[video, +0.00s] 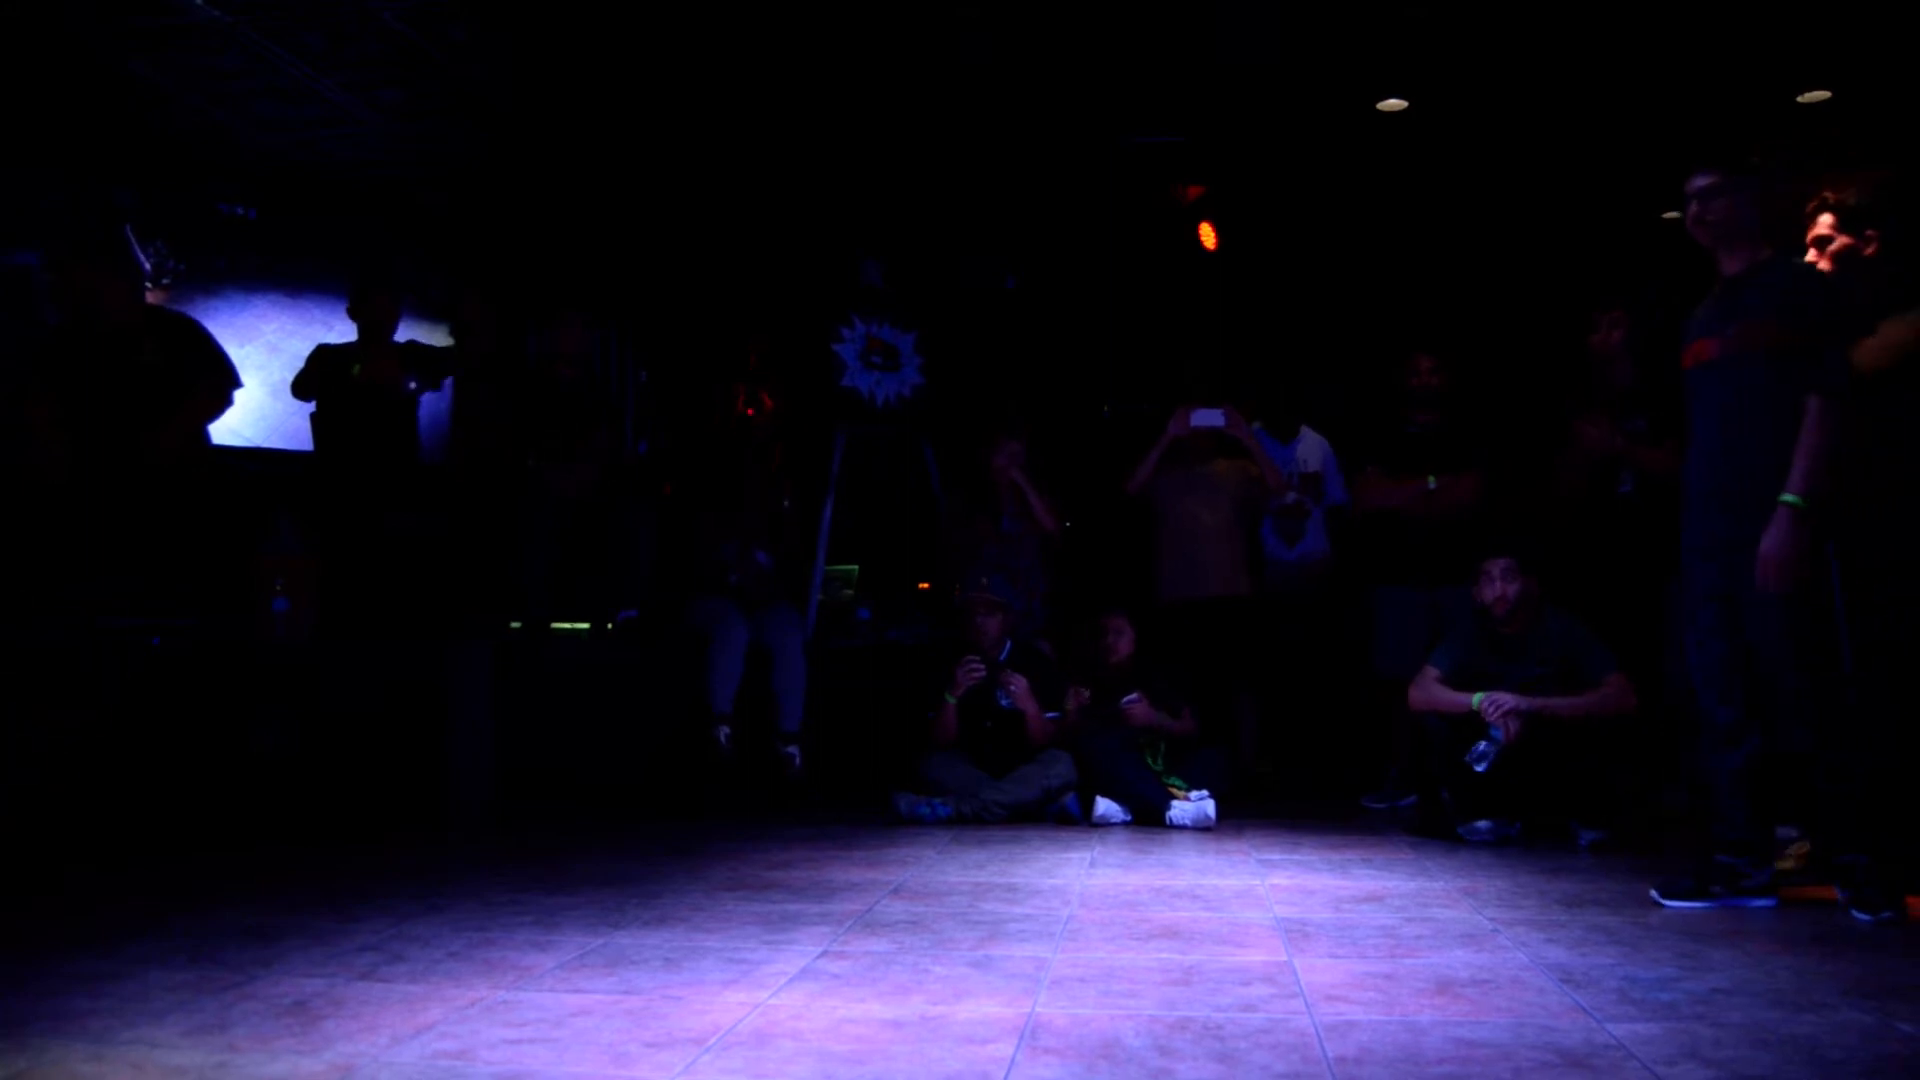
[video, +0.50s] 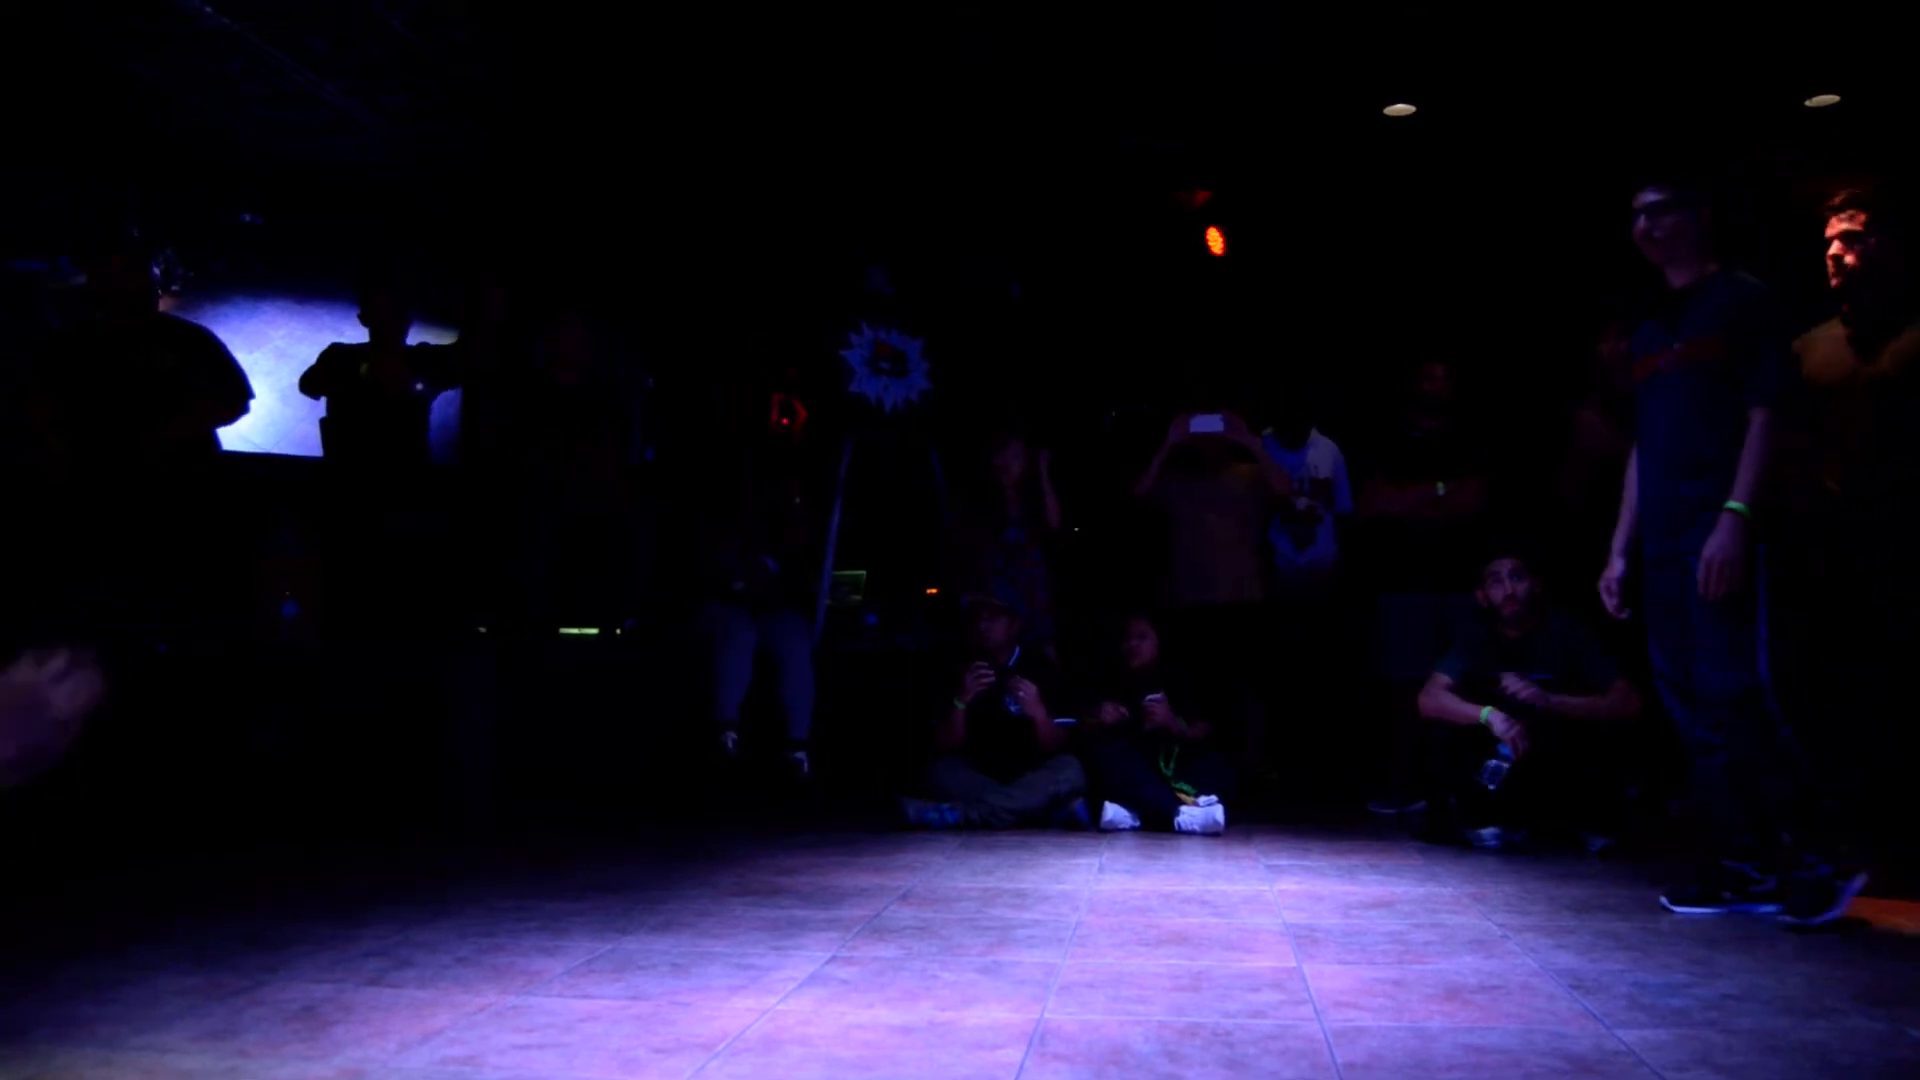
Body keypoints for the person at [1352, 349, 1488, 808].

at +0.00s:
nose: (1425, 383)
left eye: (1433, 374)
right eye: (1417, 375)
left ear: (1447, 379)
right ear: (1404, 381)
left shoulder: (1463, 430)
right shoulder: (1384, 431)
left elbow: (1468, 497)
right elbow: (1367, 495)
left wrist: (1396, 497)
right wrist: (1433, 489)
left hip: (1453, 570)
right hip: (1393, 569)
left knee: (1451, 675)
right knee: (1396, 676)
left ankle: (1453, 786)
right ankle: (1397, 781)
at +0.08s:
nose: (1425, 385)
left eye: (1434, 376)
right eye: (1418, 376)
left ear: (1447, 381)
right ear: (1404, 382)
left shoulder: (1463, 432)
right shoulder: (1383, 433)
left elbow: (1468, 498)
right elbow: (1365, 497)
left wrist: (1395, 498)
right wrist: (1433, 491)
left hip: (1452, 571)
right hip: (1392, 569)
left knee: (1449, 676)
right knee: (1396, 676)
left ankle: (1450, 787)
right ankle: (1396, 782)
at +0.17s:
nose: (1430, 388)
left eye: (1438, 379)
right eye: (1422, 379)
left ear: (1451, 383)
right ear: (1408, 384)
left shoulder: (1465, 433)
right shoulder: (1386, 435)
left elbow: (1471, 499)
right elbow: (1367, 500)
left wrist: (1398, 501)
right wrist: (1436, 493)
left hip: (1456, 572)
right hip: (1395, 571)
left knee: (1452, 678)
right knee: (1398, 678)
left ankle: (1452, 789)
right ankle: (1396, 784)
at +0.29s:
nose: (1432, 389)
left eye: (1440, 379)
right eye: (1423, 380)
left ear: (1453, 385)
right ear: (1409, 386)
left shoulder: (1467, 435)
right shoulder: (1386, 437)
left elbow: (1472, 499)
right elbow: (1368, 501)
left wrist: (1398, 502)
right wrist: (1437, 494)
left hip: (1456, 574)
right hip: (1395, 574)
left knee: (1451, 680)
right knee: (1397, 680)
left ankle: (1450, 791)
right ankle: (1394, 786)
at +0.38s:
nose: (1430, 389)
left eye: (1437, 379)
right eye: (1422, 380)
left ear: (1450, 384)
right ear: (1409, 384)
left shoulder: (1466, 433)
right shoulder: (1388, 434)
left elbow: (1471, 500)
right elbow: (1368, 500)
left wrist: (1398, 500)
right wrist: (1437, 494)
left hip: (1455, 574)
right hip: (1395, 573)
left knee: (1452, 680)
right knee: (1399, 681)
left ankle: (1450, 790)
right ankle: (1396, 786)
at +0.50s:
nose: (1433, 390)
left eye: (1441, 381)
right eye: (1426, 381)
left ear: (1453, 387)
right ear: (1413, 386)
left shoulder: (1468, 436)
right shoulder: (1390, 436)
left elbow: (1472, 501)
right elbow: (1371, 502)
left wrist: (1400, 501)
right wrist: (1440, 495)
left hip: (1456, 576)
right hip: (1397, 575)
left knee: (1454, 681)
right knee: (1400, 682)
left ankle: (1452, 791)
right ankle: (1398, 786)